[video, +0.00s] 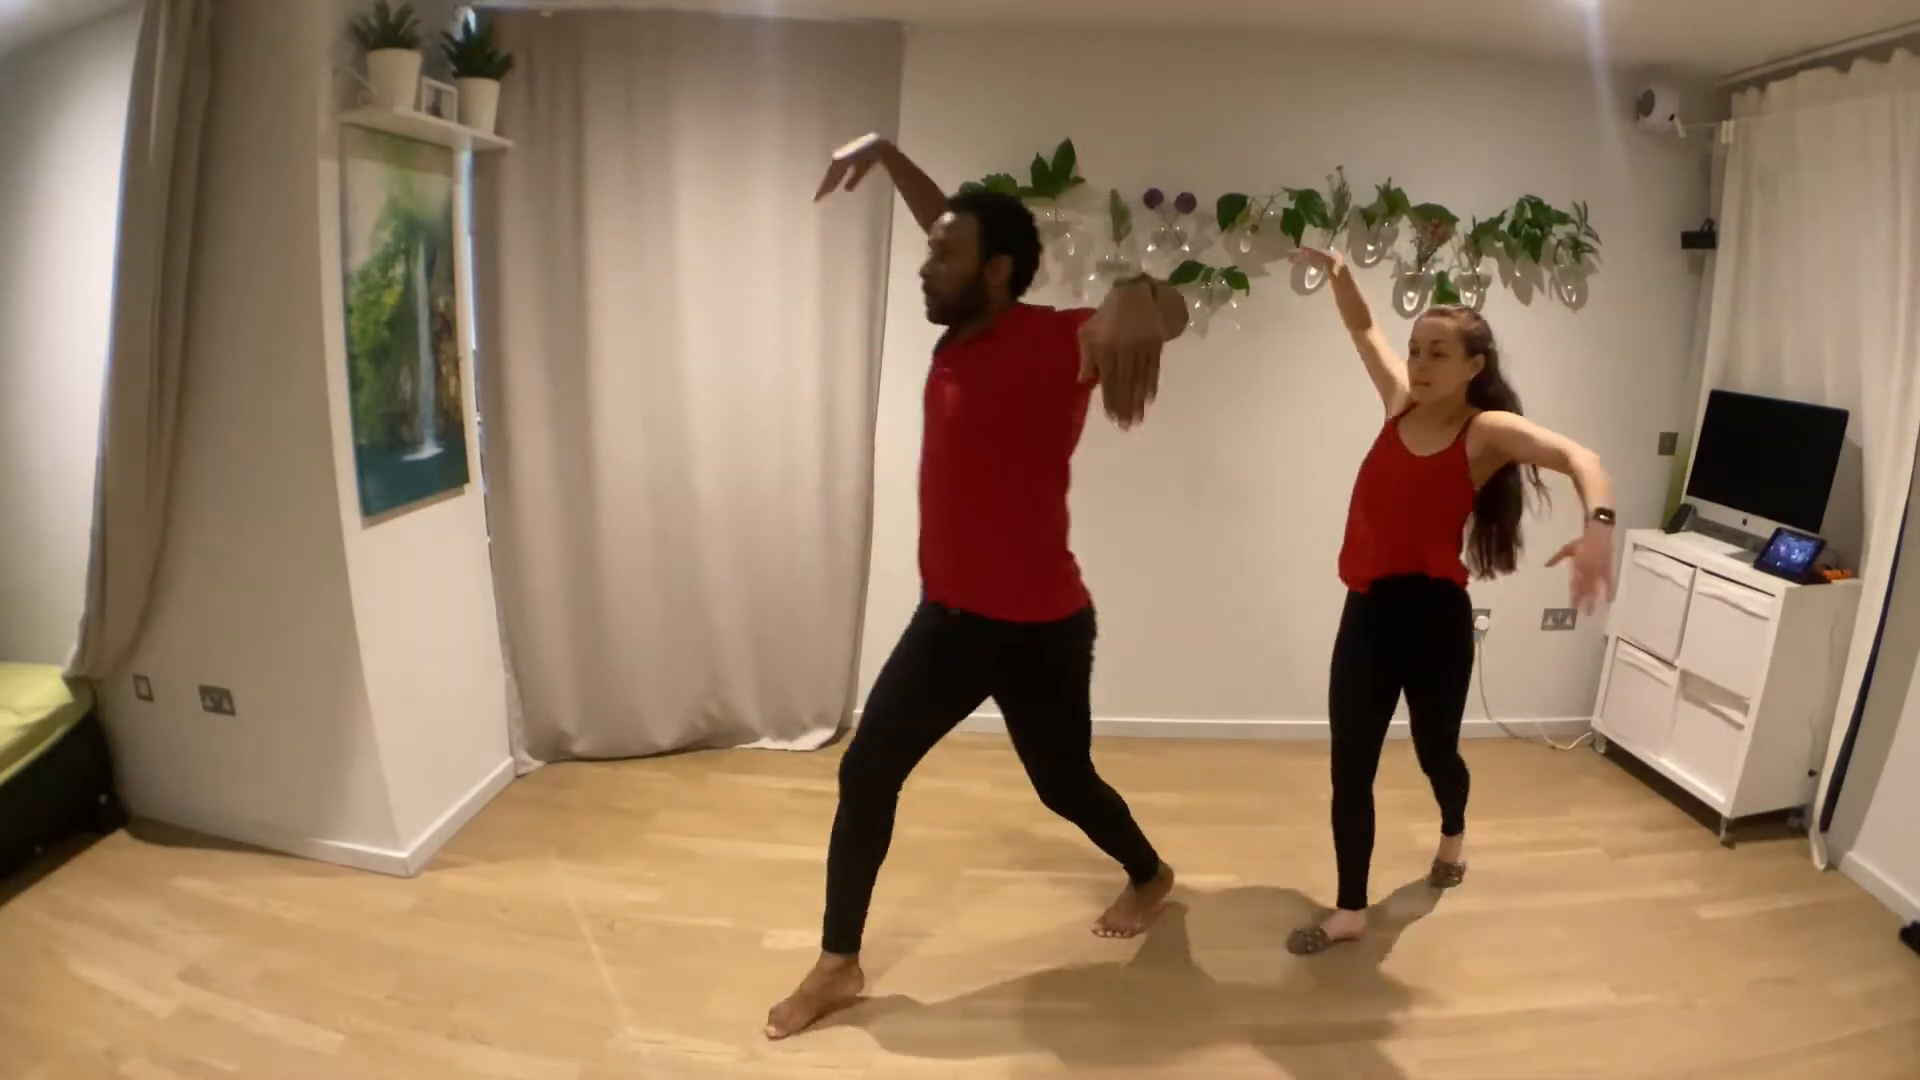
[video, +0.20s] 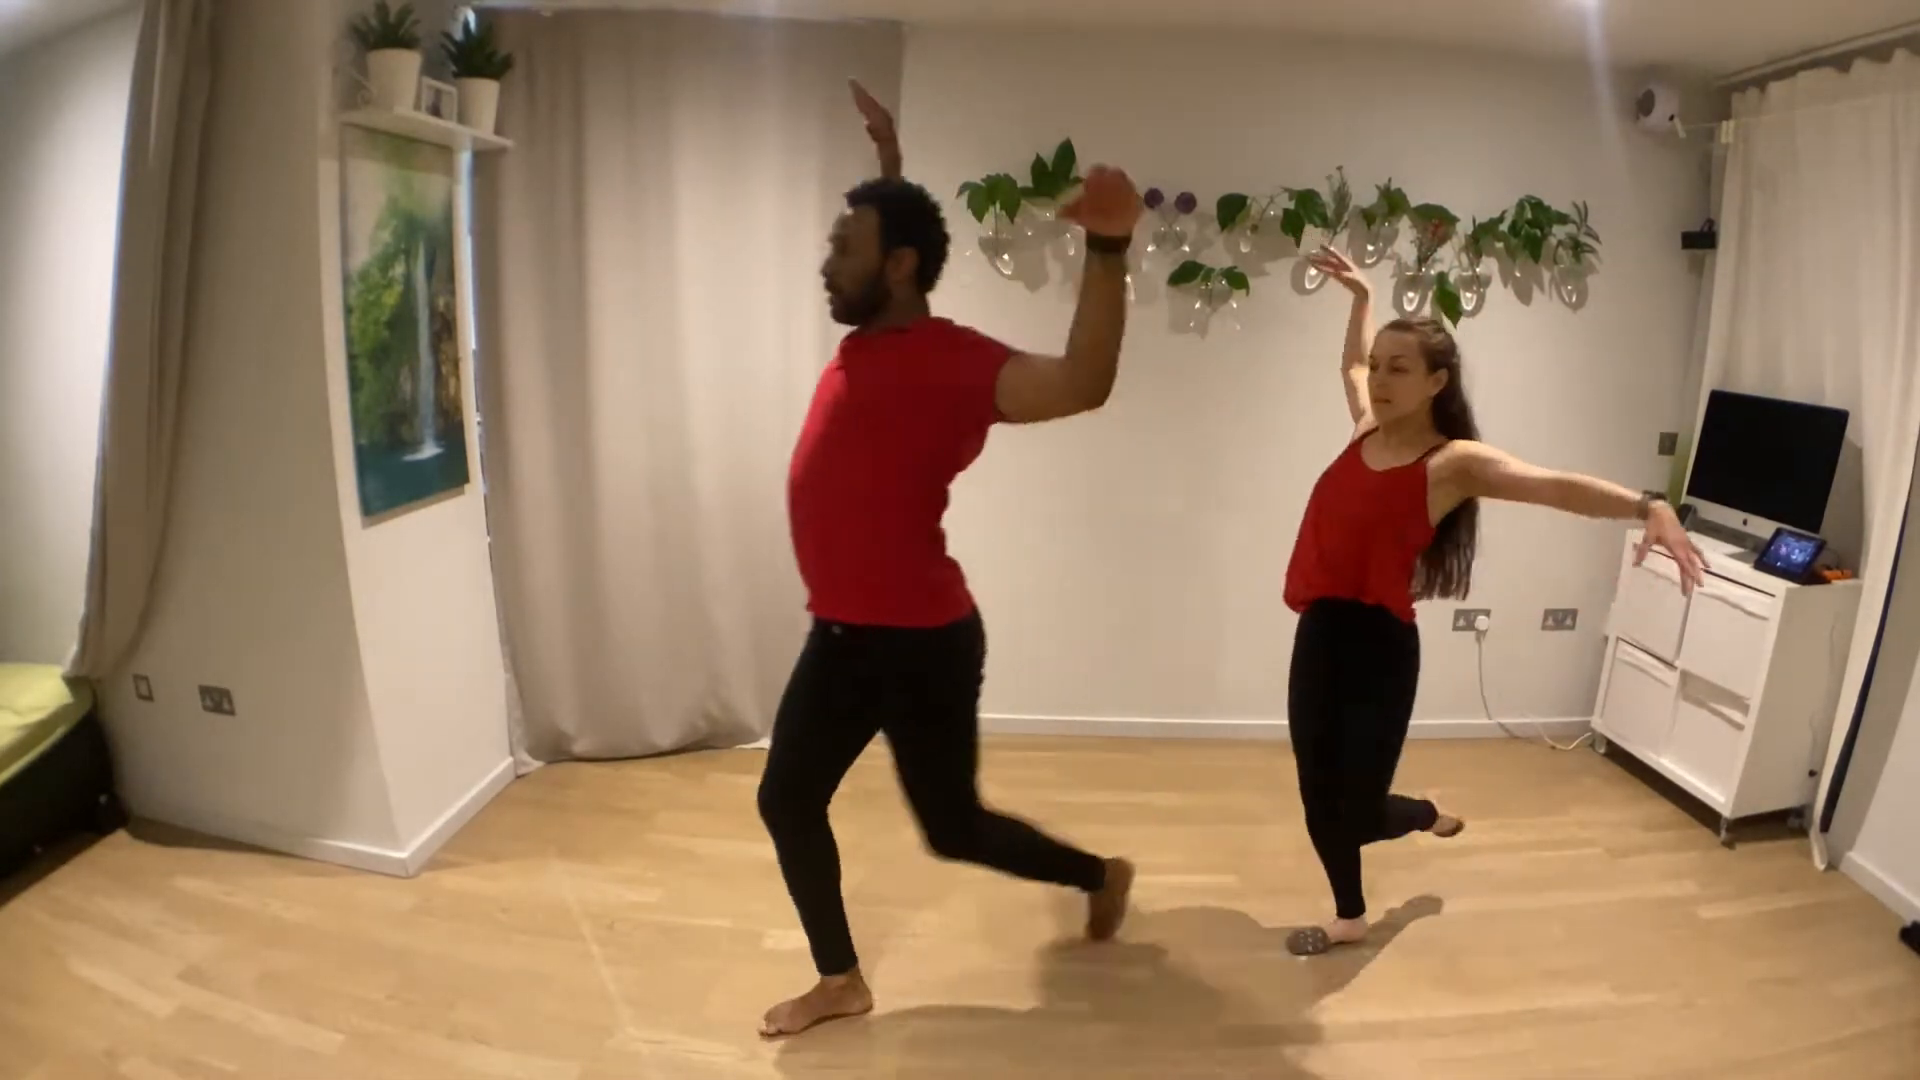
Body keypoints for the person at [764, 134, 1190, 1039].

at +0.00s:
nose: (927, 262)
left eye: (945, 249)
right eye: (931, 245)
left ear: (999, 270)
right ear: (976, 265)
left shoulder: (1056, 336)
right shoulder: (962, 329)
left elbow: (1156, 315)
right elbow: (949, 228)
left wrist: (1138, 313)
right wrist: (886, 149)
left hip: (1039, 626)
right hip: (952, 617)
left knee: (1064, 783)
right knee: (868, 769)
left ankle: (1152, 876)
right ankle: (838, 959)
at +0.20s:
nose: (826, 258)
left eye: (844, 243)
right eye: (832, 240)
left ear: (899, 265)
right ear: (887, 266)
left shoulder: (951, 361)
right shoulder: (868, 344)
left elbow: (1084, 380)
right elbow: (892, 256)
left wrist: (1108, 249)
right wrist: (889, 166)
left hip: (928, 636)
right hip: (845, 632)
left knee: (953, 829)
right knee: (787, 801)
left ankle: (1101, 878)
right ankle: (840, 979)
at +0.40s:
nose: (733, 272)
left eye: (749, 254)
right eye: (734, 252)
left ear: (810, 267)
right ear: (806, 268)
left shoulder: (860, 373)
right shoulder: (772, 360)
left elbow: (920, 499)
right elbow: (710, 348)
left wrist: (962, 379)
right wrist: (743, 255)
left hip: (837, 654)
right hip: (783, 646)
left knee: (683, 829)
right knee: (753, 814)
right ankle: (837, 978)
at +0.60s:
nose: (647, 288)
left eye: (665, 271)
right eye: (653, 269)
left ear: (726, 287)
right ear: (719, 287)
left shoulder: (791, 395)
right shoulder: (702, 369)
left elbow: (735, 530)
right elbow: (585, 367)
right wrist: (536, 254)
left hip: (737, 669)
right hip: (697, 655)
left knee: (541, 815)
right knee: (691, 839)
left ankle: (463, 1007)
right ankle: (832, 979)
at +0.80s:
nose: (575, 312)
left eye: (590, 292)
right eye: (579, 291)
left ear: (657, 303)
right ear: (653, 302)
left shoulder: (685, 409)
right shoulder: (656, 371)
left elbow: (530, 530)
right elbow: (510, 320)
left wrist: (343, 563)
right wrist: (400, 252)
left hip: (588, 680)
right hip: (619, 673)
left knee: (450, 858)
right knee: (634, 849)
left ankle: (464, 1060)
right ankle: (805, 963)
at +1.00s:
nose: (494, 308)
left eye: (516, 288)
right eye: (492, 286)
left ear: (581, 301)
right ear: (572, 302)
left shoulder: (591, 420)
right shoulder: (572, 364)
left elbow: (561, 580)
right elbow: (510, 270)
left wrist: (401, 549)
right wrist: (428, 225)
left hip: (514, 692)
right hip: (529, 681)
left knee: (404, 876)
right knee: (479, 873)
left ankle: (467, 1069)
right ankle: (671, 938)